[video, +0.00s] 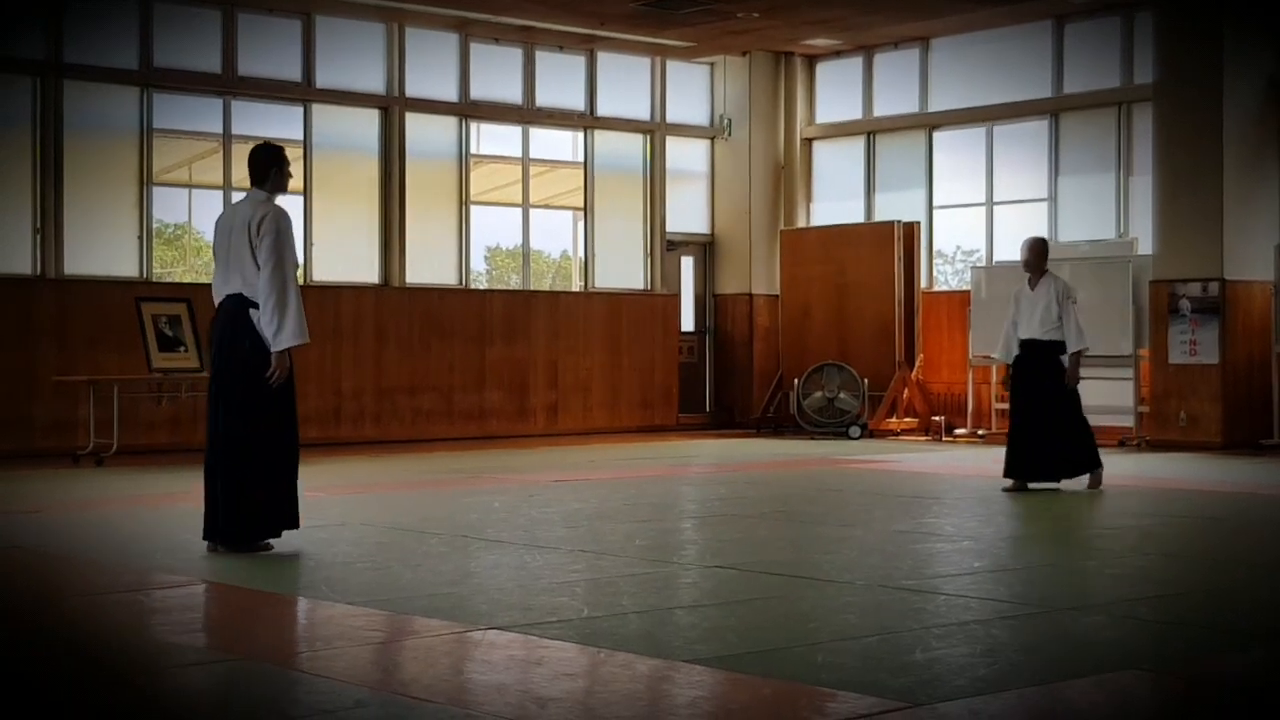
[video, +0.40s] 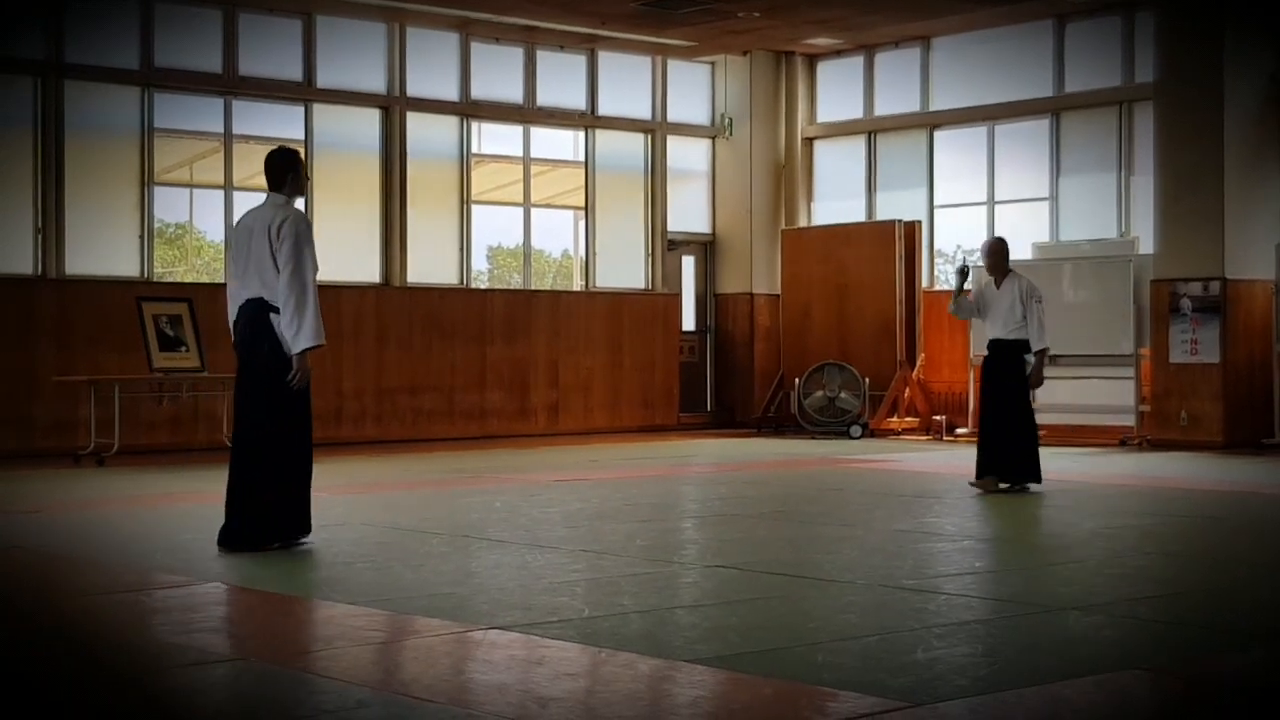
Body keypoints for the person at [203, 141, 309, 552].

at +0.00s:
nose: (290, 176)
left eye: (289, 169)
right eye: (287, 169)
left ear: (252, 173)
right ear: (277, 173)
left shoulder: (226, 217)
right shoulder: (273, 216)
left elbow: (223, 278)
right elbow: (274, 284)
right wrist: (280, 343)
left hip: (226, 328)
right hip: (258, 331)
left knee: (227, 427)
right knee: (256, 429)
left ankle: (221, 527)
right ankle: (244, 531)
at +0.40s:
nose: (305, 182)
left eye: (303, 175)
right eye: (303, 175)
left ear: (268, 178)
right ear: (294, 178)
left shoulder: (243, 223)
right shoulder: (293, 221)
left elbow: (234, 284)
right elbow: (295, 287)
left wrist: (238, 333)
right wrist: (300, 346)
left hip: (247, 328)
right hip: (279, 329)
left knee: (252, 426)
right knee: (285, 427)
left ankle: (243, 527)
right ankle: (279, 526)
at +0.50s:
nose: (318, 183)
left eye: (316, 176)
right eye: (314, 177)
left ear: (282, 181)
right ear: (303, 180)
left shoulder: (257, 224)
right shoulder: (305, 223)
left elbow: (246, 285)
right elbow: (305, 289)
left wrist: (246, 336)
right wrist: (311, 347)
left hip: (258, 328)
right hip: (286, 329)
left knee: (306, 422)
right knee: (268, 427)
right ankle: (249, 529)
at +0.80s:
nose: (358, 192)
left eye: (356, 186)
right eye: (354, 187)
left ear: (324, 192)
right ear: (342, 191)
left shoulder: (300, 234)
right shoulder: (347, 231)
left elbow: (286, 293)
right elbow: (350, 294)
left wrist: (286, 343)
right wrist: (355, 352)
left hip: (302, 339)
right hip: (330, 341)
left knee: (339, 430)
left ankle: (350, 519)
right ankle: (251, 517)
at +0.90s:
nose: (372, 189)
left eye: (370, 183)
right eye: (368, 184)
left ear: (337, 189)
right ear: (357, 187)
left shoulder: (315, 231)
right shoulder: (363, 228)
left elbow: (303, 291)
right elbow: (367, 291)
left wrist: (305, 341)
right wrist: (374, 348)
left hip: (319, 334)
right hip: (349, 335)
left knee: (342, 429)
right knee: (346, 429)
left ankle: (355, 522)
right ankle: (276, 504)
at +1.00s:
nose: (384, 189)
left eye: (381, 182)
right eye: (382, 183)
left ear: (349, 187)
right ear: (374, 186)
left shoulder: (328, 229)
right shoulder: (376, 226)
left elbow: (318, 287)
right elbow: (383, 287)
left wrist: (321, 334)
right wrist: (392, 344)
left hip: (332, 329)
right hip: (365, 329)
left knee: (341, 419)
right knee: (383, 427)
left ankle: (353, 520)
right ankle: (322, 497)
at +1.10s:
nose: (402, 188)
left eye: (400, 182)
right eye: (400, 182)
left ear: (366, 188)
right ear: (393, 186)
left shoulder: (344, 228)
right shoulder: (393, 227)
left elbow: (332, 287)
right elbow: (401, 289)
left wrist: (339, 333)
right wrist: (412, 345)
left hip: (348, 333)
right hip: (382, 332)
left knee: (358, 423)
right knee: (418, 422)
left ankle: (354, 522)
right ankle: (378, 507)